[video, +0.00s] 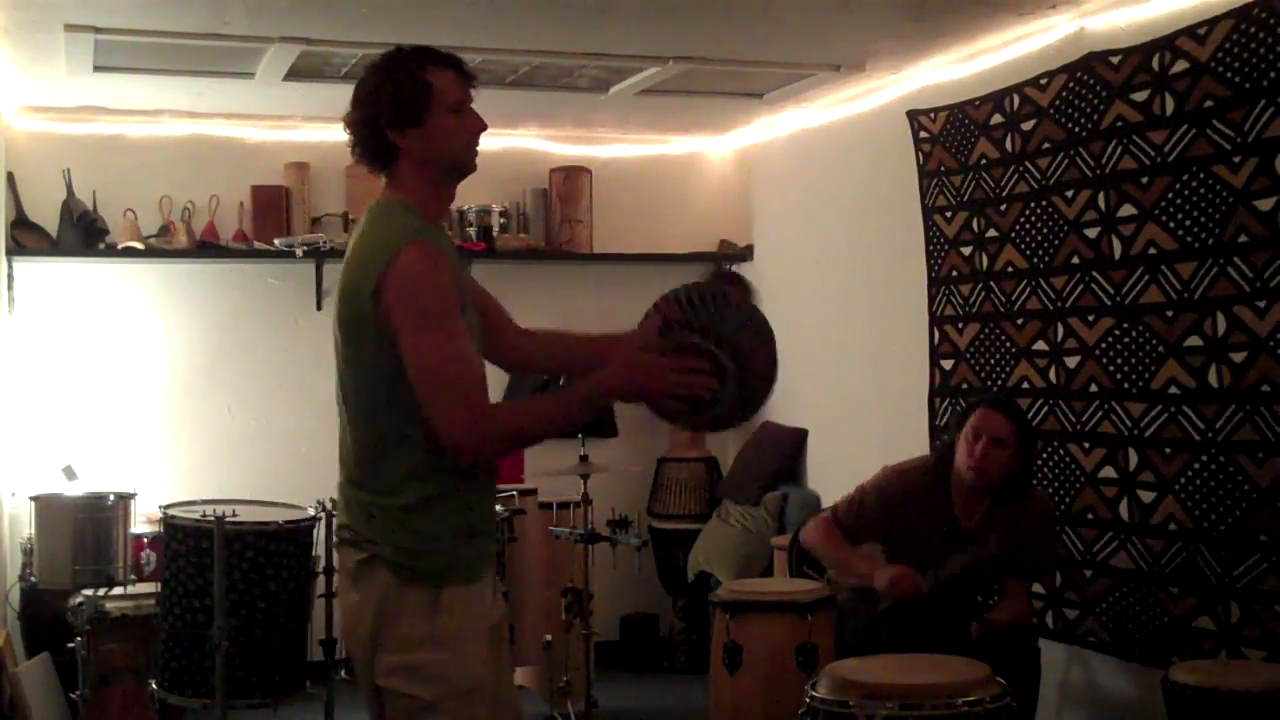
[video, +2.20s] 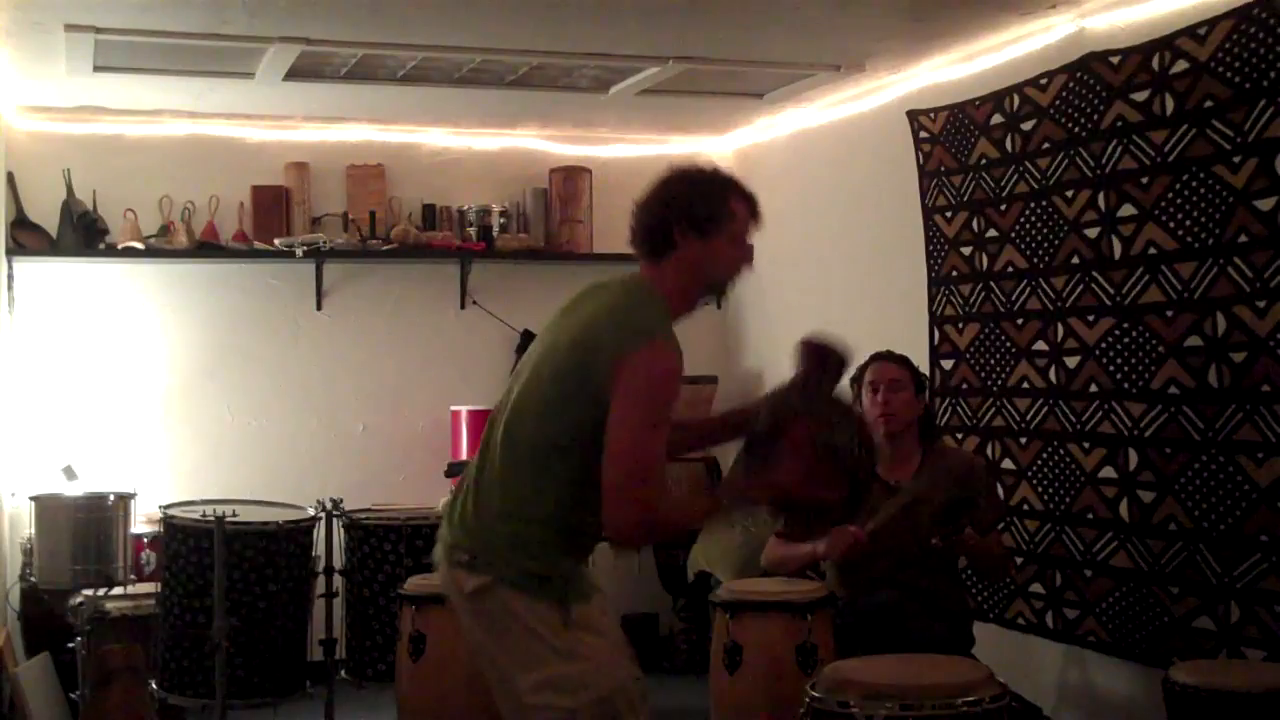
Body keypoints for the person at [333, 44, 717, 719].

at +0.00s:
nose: (481, 122)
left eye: (473, 106)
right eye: (462, 108)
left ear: (409, 133)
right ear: (404, 130)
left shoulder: (418, 238)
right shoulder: (409, 251)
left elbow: (514, 346)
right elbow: (469, 431)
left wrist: (637, 344)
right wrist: (610, 385)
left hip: (433, 566)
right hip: (418, 578)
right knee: (449, 709)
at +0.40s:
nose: (508, 123)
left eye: (501, 109)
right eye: (487, 111)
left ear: (445, 138)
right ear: (431, 136)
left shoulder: (453, 245)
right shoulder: (440, 254)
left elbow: (477, 396)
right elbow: (421, 435)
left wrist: (578, 396)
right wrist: (562, 423)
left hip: (502, 568)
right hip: (455, 580)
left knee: (562, 704)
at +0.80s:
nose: (598, 137)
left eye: (593, 121)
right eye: (582, 120)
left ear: (530, 138)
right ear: (527, 134)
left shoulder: (533, 246)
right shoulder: (505, 244)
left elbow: (559, 390)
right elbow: (510, 413)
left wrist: (673, 365)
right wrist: (663, 408)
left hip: (561, 566)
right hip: (496, 574)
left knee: (593, 711)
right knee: (484, 709)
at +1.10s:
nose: (643, 164)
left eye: (643, 147)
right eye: (632, 145)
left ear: (581, 150)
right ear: (577, 146)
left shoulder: (601, 263)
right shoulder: (530, 258)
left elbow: (638, 396)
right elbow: (551, 416)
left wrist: (725, 390)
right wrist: (687, 391)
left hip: (649, 561)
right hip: (571, 574)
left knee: (674, 714)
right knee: (570, 711)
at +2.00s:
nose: (728, 156)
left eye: (726, 139)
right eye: (715, 138)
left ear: (666, 147)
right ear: (662, 144)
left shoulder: (645, 246)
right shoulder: (627, 245)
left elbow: (690, 371)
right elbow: (622, 417)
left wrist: (769, 353)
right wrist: (752, 370)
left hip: (585, 512)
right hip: (554, 518)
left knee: (646, 693)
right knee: (611, 700)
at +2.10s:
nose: (736, 204)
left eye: (734, 187)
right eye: (725, 186)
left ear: (675, 197)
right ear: (672, 194)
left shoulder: (632, 276)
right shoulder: (634, 285)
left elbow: (657, 409)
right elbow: (631, 468)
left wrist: (761, 391)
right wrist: (750, 429)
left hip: (536, 538)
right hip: (531, 548)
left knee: (633, 702)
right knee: (623, 707)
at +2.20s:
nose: (748, 257)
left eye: (748, 241)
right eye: (739, 239)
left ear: (682, 237)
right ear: (686, 237)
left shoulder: (606, 302)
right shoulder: (649, 341)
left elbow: (635, 443)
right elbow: (629, 522)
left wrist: (748, 420)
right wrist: (726, 503)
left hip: (484, 547)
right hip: (519, 568)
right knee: (606, 705)